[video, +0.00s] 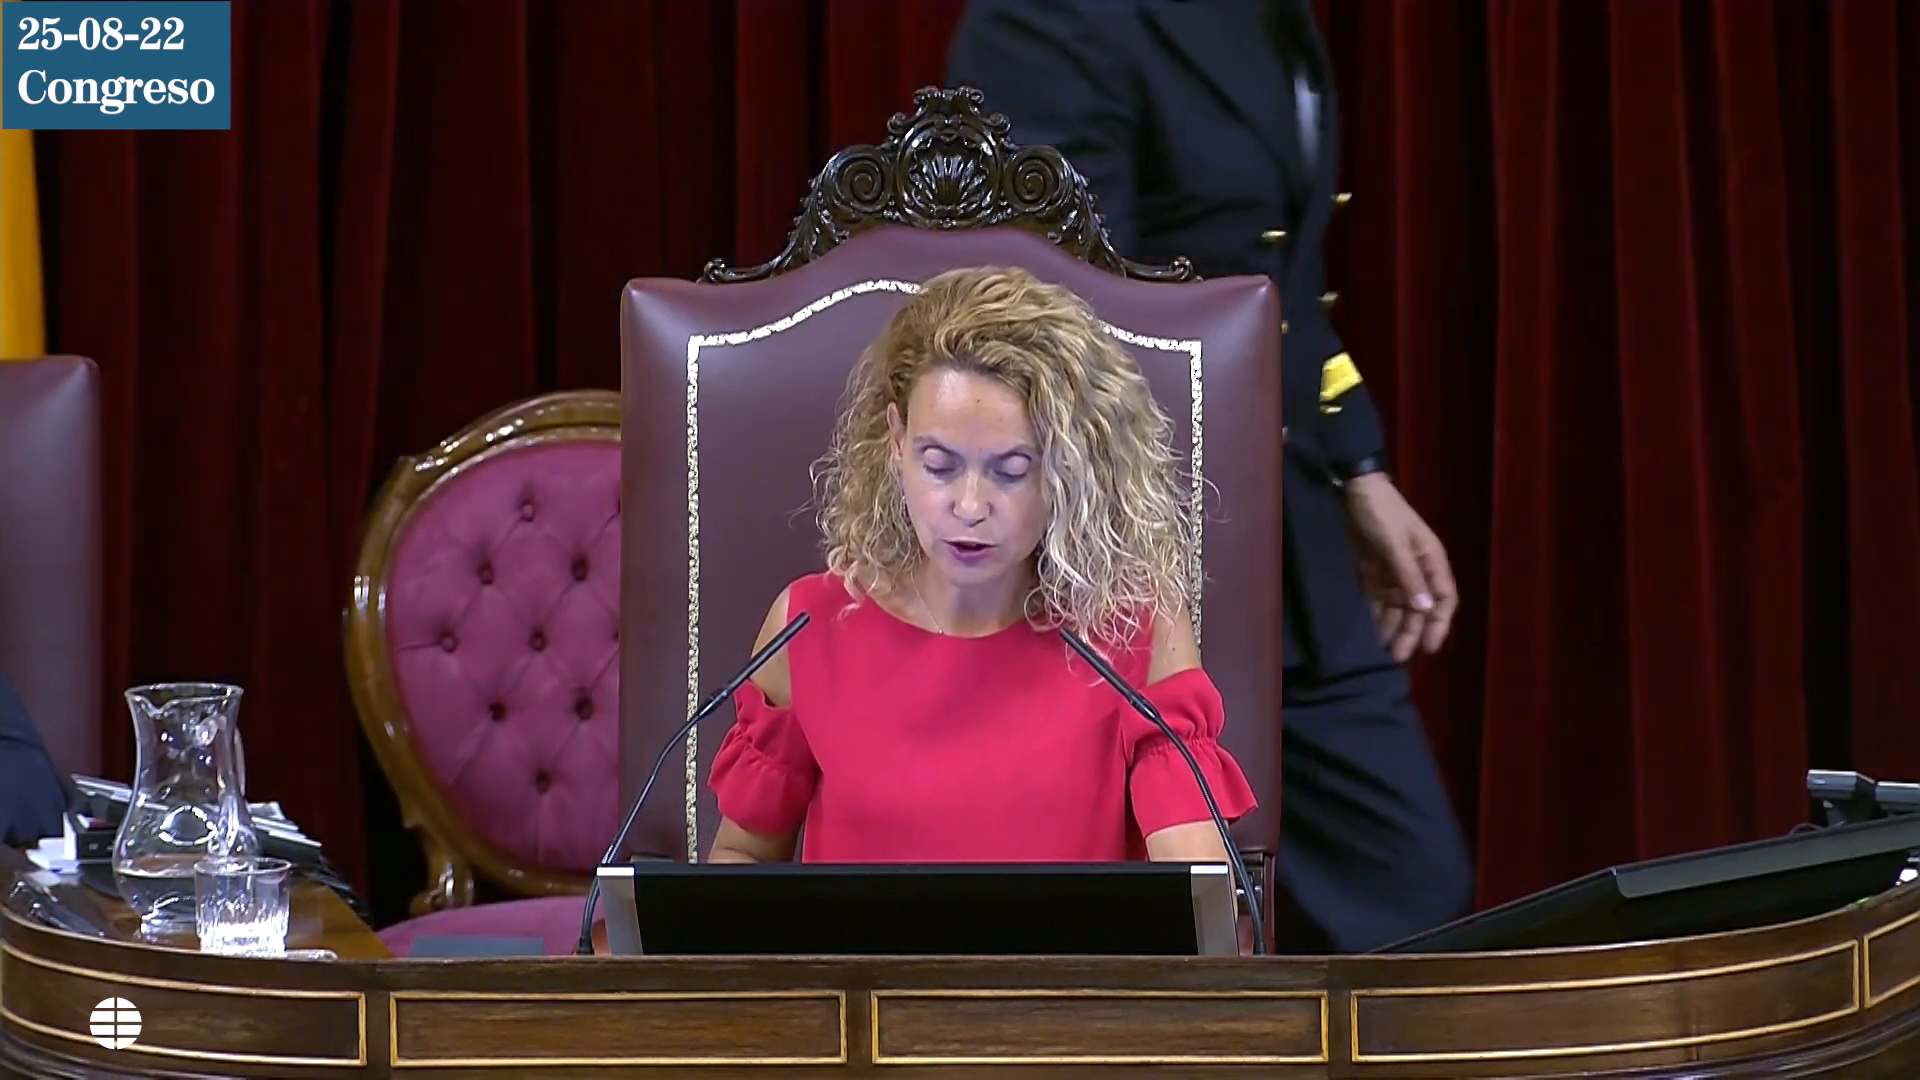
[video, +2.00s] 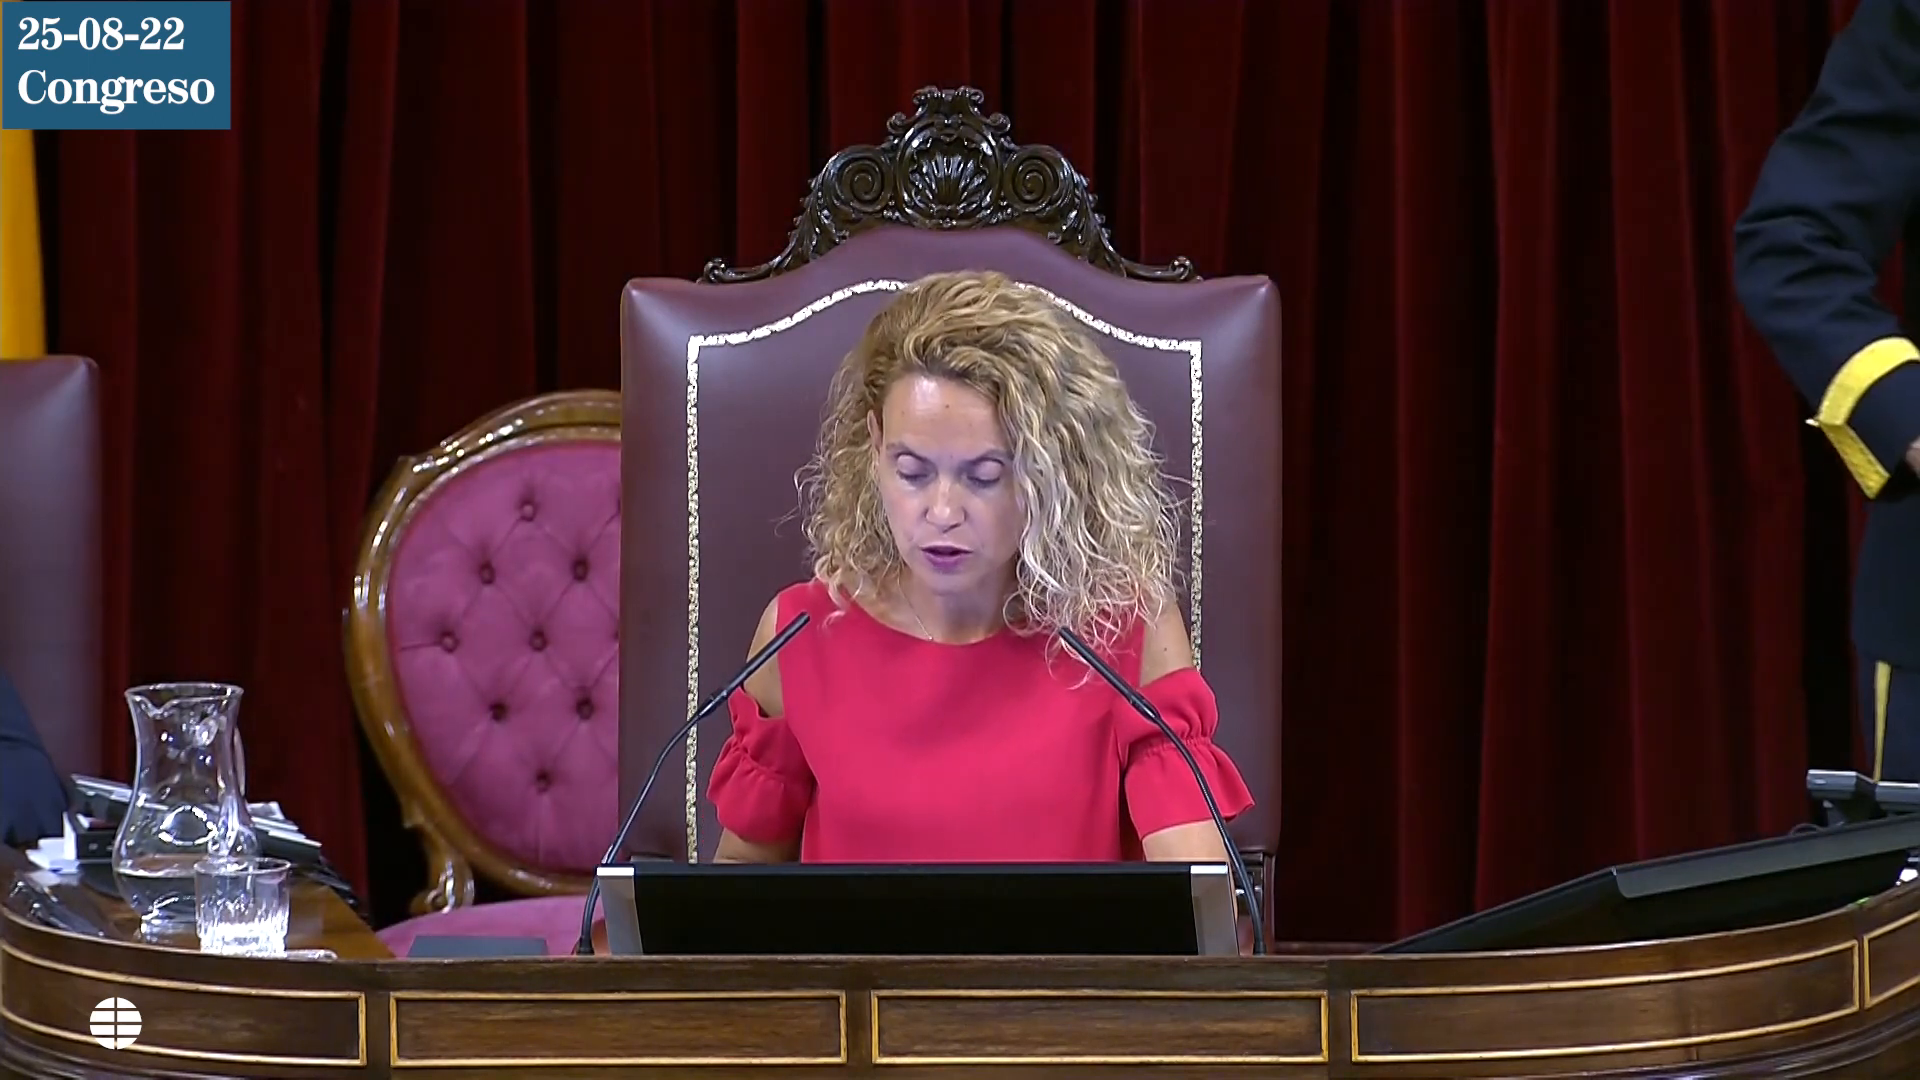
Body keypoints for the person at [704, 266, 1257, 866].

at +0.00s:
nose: (970, 505)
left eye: (1010, 469)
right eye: (940, 463)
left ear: (1070, 467)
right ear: (896, 444)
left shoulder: (1134, 626)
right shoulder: (812, 622)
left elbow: (1201, 889)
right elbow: (740, 861)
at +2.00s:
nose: (943, 511)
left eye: (983, 474)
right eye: (914, 470)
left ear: (1049, 480)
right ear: (873, 465)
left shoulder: (1124, 621)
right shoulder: (803, 630)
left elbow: (1200, 895)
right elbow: (743, 882)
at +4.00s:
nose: (962, 514)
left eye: (1000, 474)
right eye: (928, 473)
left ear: (1058, 468)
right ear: (878, 456)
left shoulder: (1127, 620)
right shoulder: (803, 630)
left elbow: (1200, 896)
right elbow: (744, 883)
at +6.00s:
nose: (945, 513)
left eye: (985, 475)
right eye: (915, 471)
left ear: (1051, 476)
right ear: (875, 461)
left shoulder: (1125, 622)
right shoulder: (805, 630)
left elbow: (1201, 895)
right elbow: (747, 879)